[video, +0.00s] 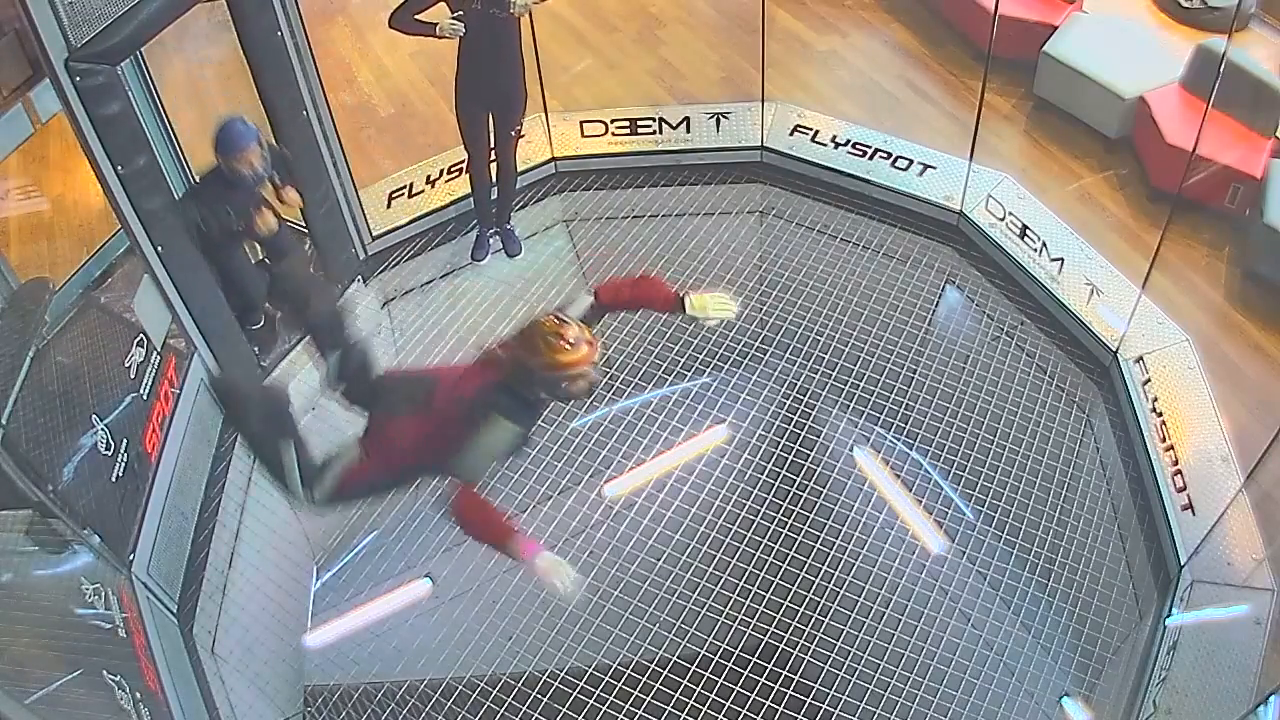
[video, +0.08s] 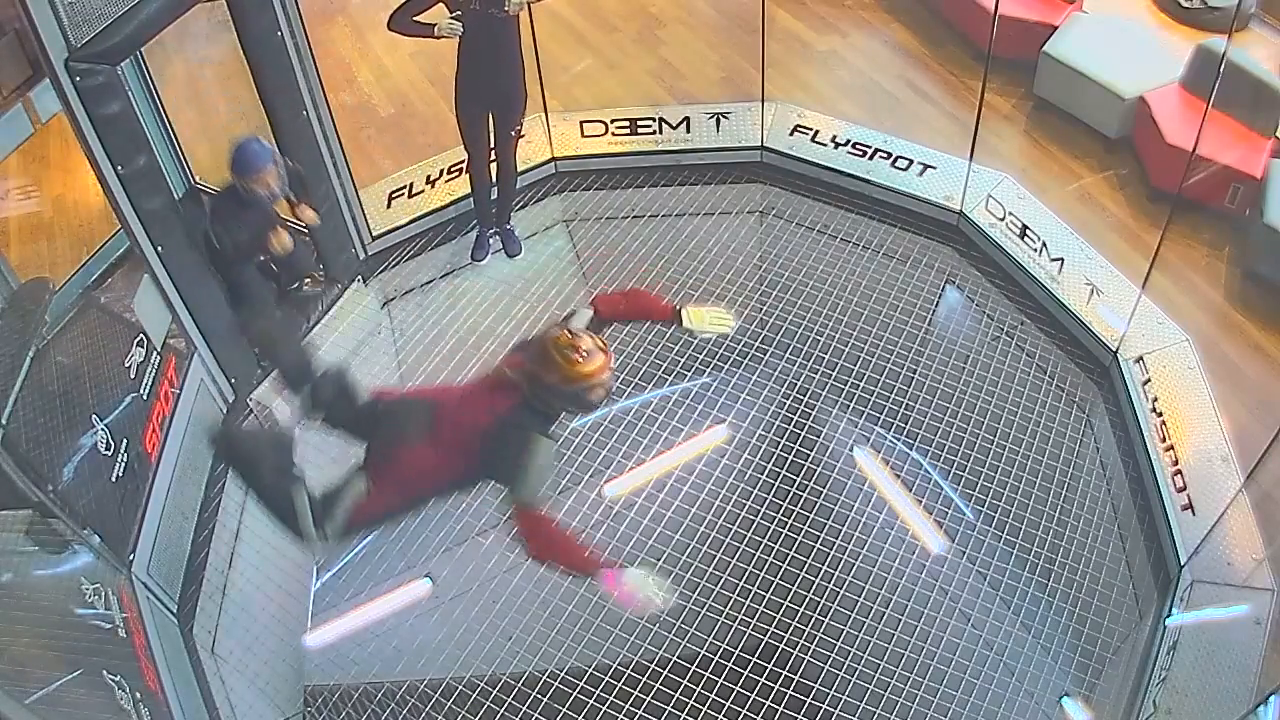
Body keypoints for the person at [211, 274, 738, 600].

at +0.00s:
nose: (588, 370)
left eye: (585, 363)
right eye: (580, 373)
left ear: (562, 342)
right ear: (556, 387)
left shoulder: (551, 337)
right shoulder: (505, 421)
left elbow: (611, 292)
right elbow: (464, 495)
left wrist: (685, 301)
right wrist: (529, 553)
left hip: (433, 387)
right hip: (408, 443)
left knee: (362, 385)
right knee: (312, 486)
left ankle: (319, 306)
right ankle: (258, 400)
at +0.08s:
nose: (595, 390)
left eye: (593, 381)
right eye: (591, 388)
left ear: (555, 355)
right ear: (568, 398)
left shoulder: (538, 355)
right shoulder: (529, 441)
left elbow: (607, 306)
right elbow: (533, 527)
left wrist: (682, 312)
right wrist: (602, 570)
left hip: (407, 414)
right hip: (407, 473)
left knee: (331, 397)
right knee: (317, 521)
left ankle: (262, 320)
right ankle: (252, 441)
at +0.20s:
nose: (580, 385)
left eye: (580, 382)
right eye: (594, 395)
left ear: (561, 381)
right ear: (586, 418)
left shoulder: (534, 377)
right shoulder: (555, 462)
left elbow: (593, 321)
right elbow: (609, 532)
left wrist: (663, 327)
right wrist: (696, 533)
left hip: (412, 448)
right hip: (433, 503)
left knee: (309, 453)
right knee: (337, 577)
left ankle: (219, 387)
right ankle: (269, 528)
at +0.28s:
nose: (577, 384)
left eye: (578, 384)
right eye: (595, 400)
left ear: (559, 385)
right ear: (592, 425)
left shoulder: (527, 388)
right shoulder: (573, 473)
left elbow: (569, 327)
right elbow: (641, 526)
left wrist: (635, 323)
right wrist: (709, 497)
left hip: (413, 475)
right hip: (438, 531)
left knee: (313, 495)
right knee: (353, 621)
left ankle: (236, 438)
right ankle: (306, 575)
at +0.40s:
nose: (575, 401)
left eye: (576, 397)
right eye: (591, 407)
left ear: (556, 401)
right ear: (595, 434)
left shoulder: (518, 409)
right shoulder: (579, 485)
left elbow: (536, 352)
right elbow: (664, 512)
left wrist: (596, 333)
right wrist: (693, 454)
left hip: (423, 519)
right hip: (460, 566)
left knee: (334, 560)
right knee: (391, 666)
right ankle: (327, 623)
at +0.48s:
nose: (578, 419)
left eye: (576, 411)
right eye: (591, 419)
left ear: (551, 411)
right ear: (593, 440)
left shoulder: (509, 428)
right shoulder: (585, 493)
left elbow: (524, 366)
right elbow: (675, 501)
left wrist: (579, 350)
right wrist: (683, 442)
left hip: (421, 551)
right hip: (469, 597)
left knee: (342, 606)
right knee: (421, 703)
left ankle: (246, 590)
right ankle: (341, 648)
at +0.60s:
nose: (590, 418)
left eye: (581, 413)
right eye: (592, 419)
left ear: (540, 429)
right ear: (587, 448)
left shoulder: (508, 453)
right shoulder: (591, 499)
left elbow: (509, 392)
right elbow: (677, 495)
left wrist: (559, 357)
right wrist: (678, 431)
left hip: (446, 581)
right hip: (498, 612)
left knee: (374, 659)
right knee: (462, 702)